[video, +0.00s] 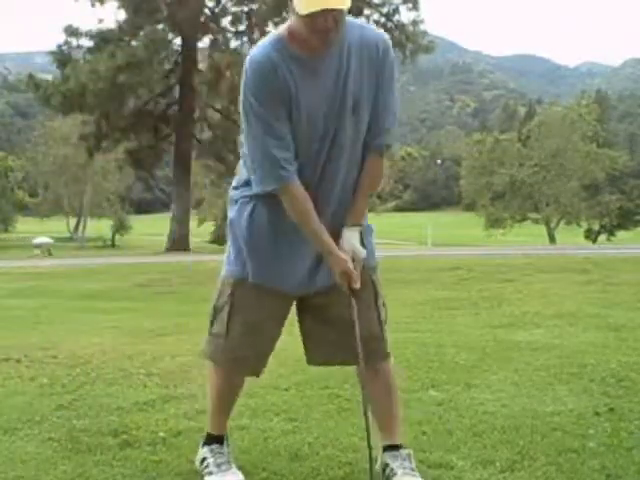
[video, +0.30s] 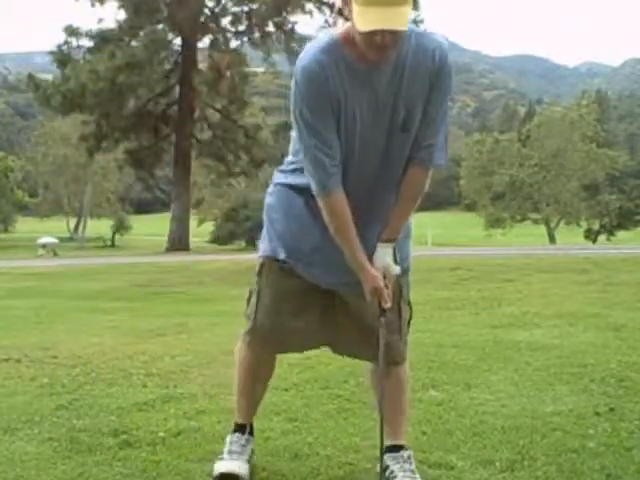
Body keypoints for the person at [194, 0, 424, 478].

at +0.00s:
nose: (328, 21)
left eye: (336, 10)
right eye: (315, 13)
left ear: (349, 4)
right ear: (293, 8)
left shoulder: (375, 47)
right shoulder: (266, 63)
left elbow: (376, 149)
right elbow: (279, 174)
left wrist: (352, 228)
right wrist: (329, 249)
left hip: (343, 225)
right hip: (269, 223)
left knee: (373, 344)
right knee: (236, 343)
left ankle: (394, 455)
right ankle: (214, 446)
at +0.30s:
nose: (382, 40)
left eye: (393, 29)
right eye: (371, 29)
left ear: (409, 16)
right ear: (347, 11)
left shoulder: (432, 58)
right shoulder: (316, 67)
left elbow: (421, 162)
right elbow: (325, 182)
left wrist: (387, 243)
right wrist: (362, 265)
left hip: (382, 227)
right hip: (304, 216)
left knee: (391, 345)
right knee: (263, 330)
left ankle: (397, 455)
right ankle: (240, 436)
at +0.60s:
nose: (368, 48)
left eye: (378, 38)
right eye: (358, 38)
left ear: (393, 21)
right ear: (336, 20)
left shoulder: (418, 60)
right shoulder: (303, 74)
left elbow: (408, 164)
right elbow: (316, 191)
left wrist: (378, 251)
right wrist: (351, 273)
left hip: (376, 226)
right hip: (299, 222)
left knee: (388, 346)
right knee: (267, 343)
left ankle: (395, 455)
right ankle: (246, 450)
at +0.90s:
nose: (329, 56)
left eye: (339, 45)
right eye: (317, 48)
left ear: (355, 25)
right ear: (295, 28)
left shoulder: (383, 60)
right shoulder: (267, 81)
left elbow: (374, 163)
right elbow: (290, 193)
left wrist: (353, 252)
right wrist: (329, 275)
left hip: (350, 218)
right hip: (272, 220)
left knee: (384, 330)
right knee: (246, 342)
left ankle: (390, 446)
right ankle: (243, 453)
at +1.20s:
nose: (353, 55)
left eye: (362, 44)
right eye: (340, 46)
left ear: (378, 24)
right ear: (317, 26)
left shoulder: (406, 62)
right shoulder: (287, 78)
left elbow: (395, 167)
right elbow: (305, 195)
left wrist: (366, 254)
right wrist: (343, 277)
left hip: (366, 226)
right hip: (287, 223)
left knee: (383, 342)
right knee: (257, 342)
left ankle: (380, 451)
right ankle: (240, 449)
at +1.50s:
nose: (371, 57)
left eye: (381, 46)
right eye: (359, 47)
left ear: (395, 28)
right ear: (333, 27)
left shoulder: (413, 63)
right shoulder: (299, 79)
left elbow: (403, 166)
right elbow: (316, 195)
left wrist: (375, 253)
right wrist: (353, 277)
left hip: (368, 227)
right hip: (291, 222)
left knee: (381, 343)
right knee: (259, 344)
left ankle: (379, 453)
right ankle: (233, 454)